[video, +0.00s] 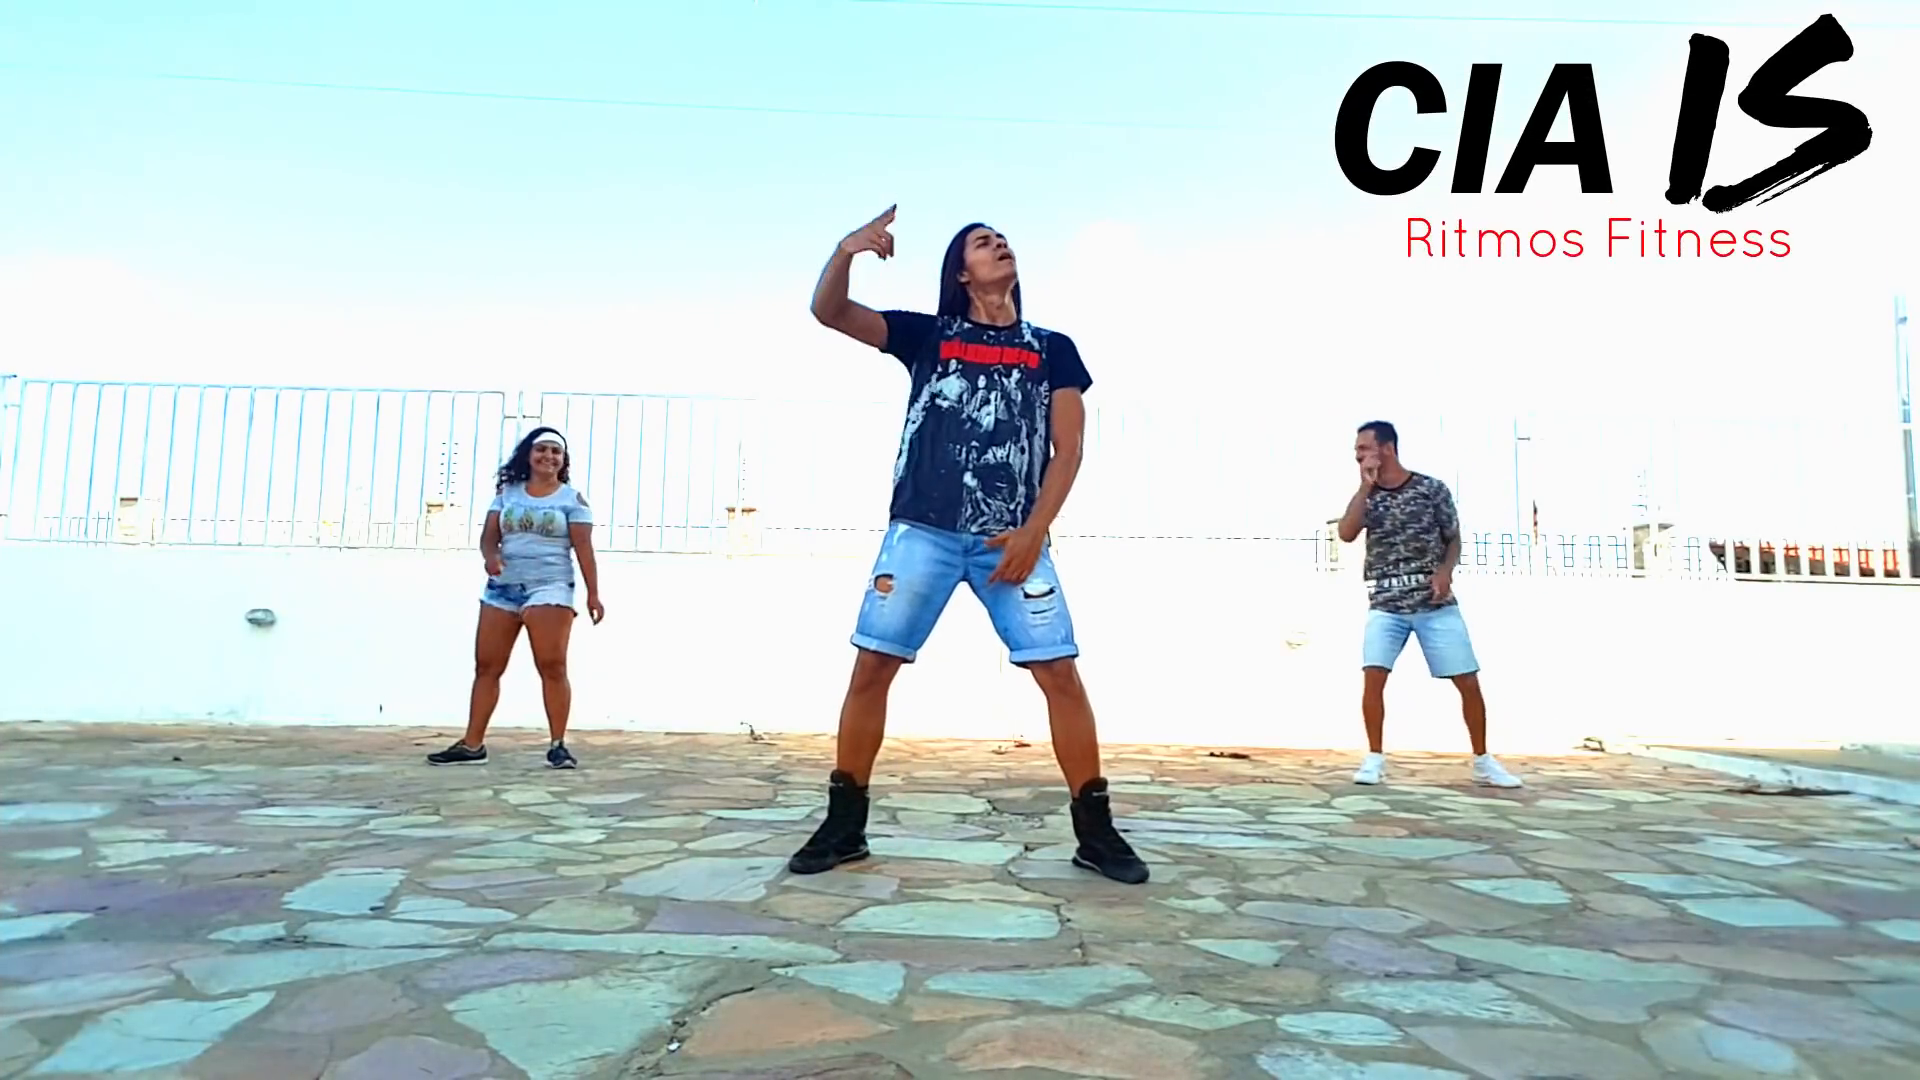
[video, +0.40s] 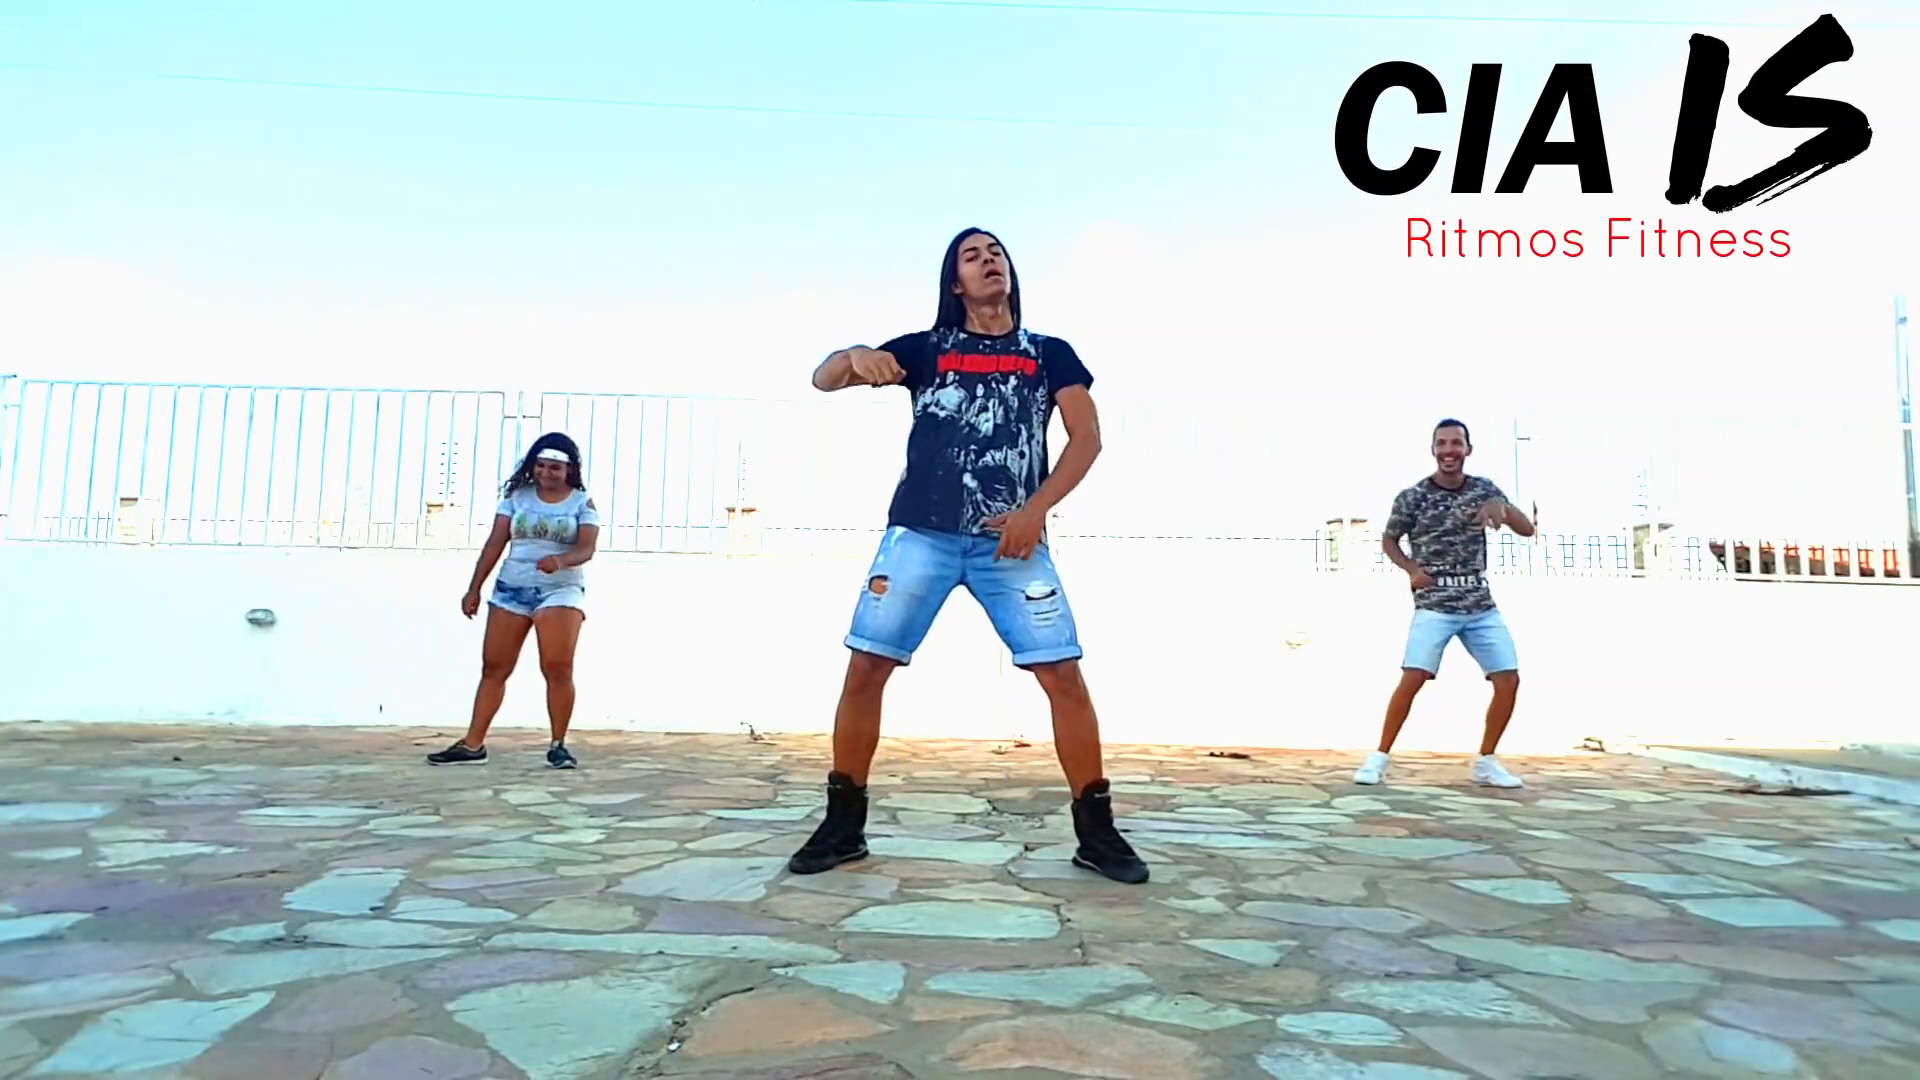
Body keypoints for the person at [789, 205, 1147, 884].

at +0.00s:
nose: (999, 245)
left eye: (1003, 242)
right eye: (983, 243)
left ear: (1014, 267)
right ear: (958, 272)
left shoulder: (1052, 349)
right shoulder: (928, 334)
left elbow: (1067, 450)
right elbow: (831, 310)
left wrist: (1036, 529)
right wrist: (847, 249)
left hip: (1014, 535)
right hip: (923, 528)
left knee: (1060, 673)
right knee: (872, 667)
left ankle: (1096, 831)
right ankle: (843, 824)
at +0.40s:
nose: (988, 258)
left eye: (995, 250)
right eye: (973, 254)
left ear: (1012, 274)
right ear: (954, 282)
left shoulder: (1048, 352)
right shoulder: (925, 347)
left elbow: (1086, 437)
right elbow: (825, 377)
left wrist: (1037, 508)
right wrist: (852, 362)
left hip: (1011, 538)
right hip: (921, 534)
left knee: (1064, 675)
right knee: (865, 668)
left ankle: (1097, 831)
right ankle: (842, 824)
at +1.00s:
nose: (964, 265)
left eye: (974, 256)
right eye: (950, 258)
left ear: (991, 270)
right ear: (933, 276)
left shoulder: (1027, 329)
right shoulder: (918, 346)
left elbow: (1039, 352)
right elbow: (919, 388)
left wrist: (994, 345)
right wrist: (892, 381)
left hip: (1015, 527)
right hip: (929, 526)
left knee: (1059, 668)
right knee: (873, 665)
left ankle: (1096, 830)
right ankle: (844, 823)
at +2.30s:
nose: (968, 271)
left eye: (978, 262)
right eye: (955, 264)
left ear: (996, 276)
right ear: (938, 281)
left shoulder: (1030, 339)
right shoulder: (919, 351)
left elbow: (1055, 365)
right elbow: (893, 422)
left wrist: (1022, 346)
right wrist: (897, 390)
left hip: (1019, 532)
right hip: (933, 529)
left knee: (1067, 667)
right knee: (875, 666)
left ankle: (1099, 831)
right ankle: (841, 824)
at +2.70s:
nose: (958, 274)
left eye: (970, 263)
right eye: (947, 270)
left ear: (997, 277)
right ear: (940, 292)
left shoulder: (1036, 344)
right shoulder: (919, 358)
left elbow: (1048, 372)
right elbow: (864, 429)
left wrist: (1009, 365)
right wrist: (901, 387)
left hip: (1016, 535)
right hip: (929, 532)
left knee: (1067, 668)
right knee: (870, 665)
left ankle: (1098, 832)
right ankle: (840, 823)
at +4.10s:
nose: (967, 280)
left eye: (976, 271)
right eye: (953, 276)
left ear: (997, 287)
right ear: (940, 298)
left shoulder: (1035, 365)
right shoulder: (917, 373)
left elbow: (1052, 407)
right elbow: (854, 441)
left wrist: (1038, 435)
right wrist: (808, 451)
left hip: (1019, 563)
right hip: (925, 559)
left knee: (1079, 686)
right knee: (851, 676)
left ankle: (1119, 829)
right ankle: (836, 822)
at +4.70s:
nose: (850, 226)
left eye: (860, 216)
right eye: (837, 219)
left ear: (879, 229)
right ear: (821, 237)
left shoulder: (914, 305)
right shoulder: (801, 304)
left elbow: (937, 336)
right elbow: (763, 365)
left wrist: (927, 351)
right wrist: (769, 332)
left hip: (893, 497)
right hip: (805, 493)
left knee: (956, 620)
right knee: (738, 622)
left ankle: (986, 776)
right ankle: (704, 777)